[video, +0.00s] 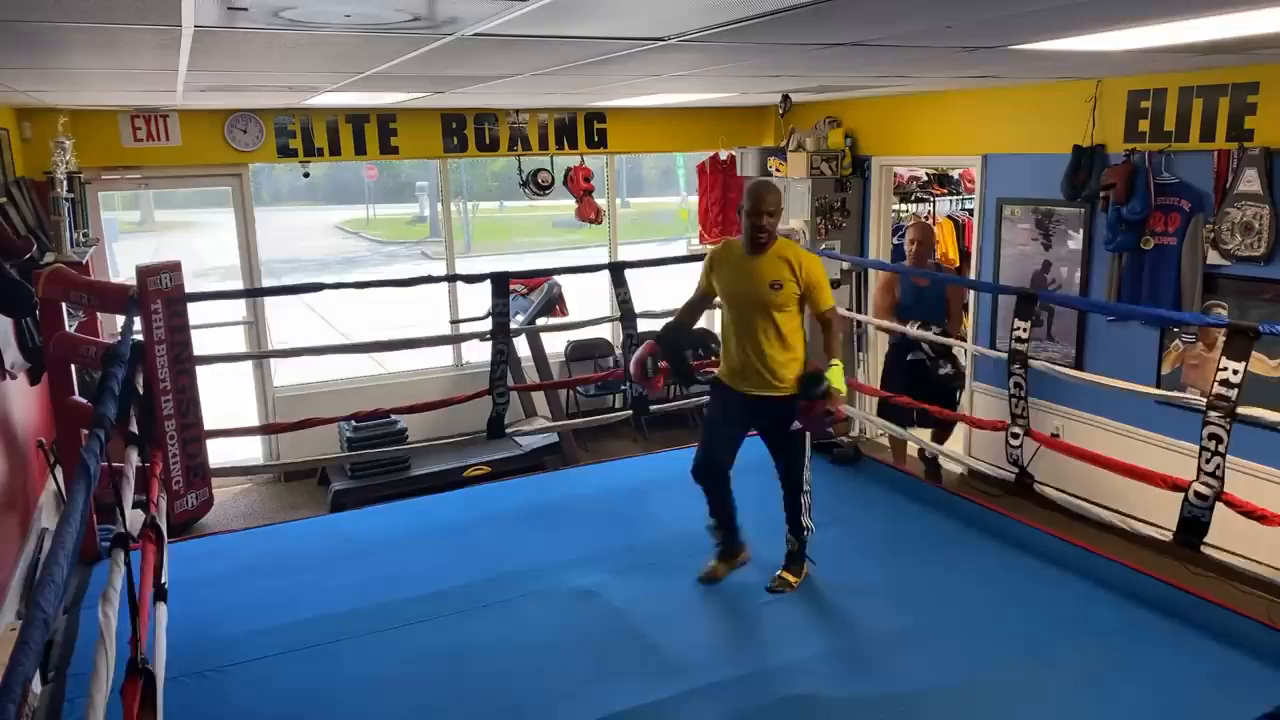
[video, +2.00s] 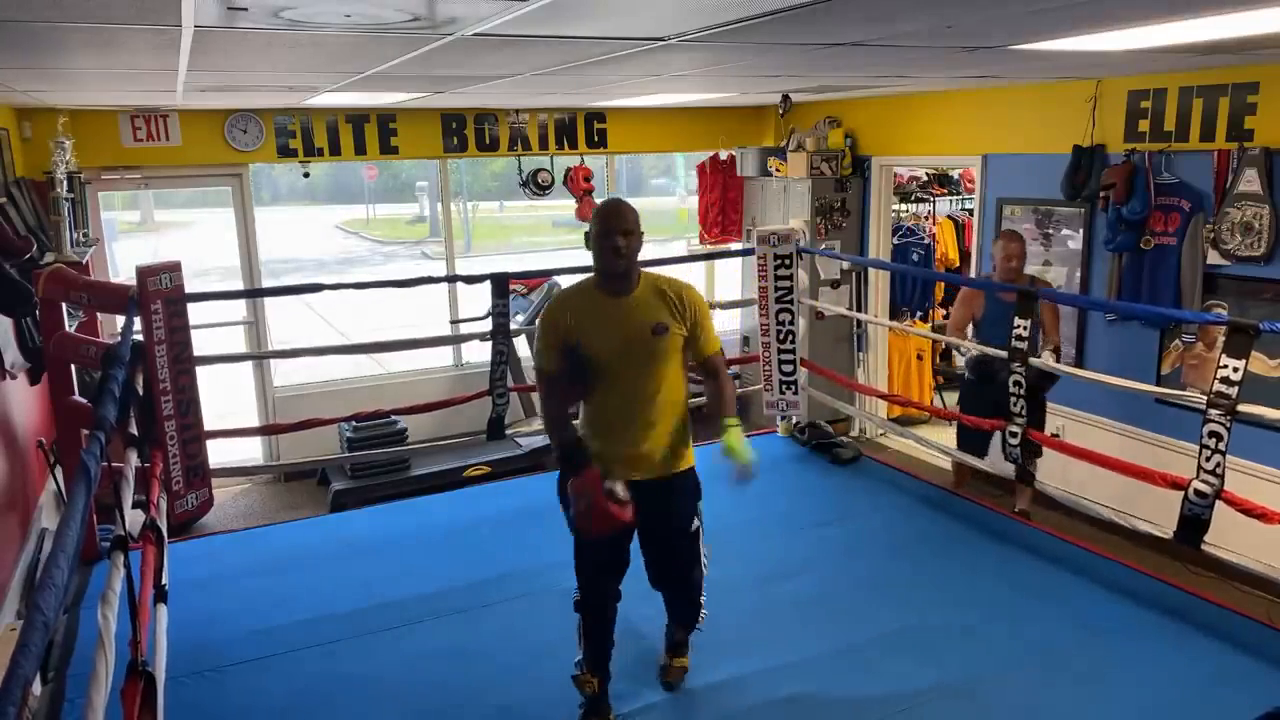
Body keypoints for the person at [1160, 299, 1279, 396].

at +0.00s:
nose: (1217, 327)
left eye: (1222, 323)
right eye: (1213, 322)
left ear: (1225, 327)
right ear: (1201, 325)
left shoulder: (1232, 350)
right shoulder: (1189, 348)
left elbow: (1271, 368)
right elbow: (1163, 369)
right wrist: (1178, 345)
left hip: (1217, 408)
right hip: (1186, 404)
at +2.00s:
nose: (1219, 326)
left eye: (1223, 322)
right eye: (1214, 320)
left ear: (1225, 326)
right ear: (1201, 324)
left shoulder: (1232, 350)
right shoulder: (1189, 348)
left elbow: (1271, 367)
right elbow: (1163, 369)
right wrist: (1178, 346)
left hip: (1218, 406)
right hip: (1189, 403)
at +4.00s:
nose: (1219, 326)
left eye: (1222, 322)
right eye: (1214, 320)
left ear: (1225, 327)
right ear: (1201, 324)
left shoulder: (1233, 350)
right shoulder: (1189, 348)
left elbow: (1271, 368)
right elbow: (1163, 369)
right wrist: (1179, 346)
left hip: (1218, 407)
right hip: (1188, 404)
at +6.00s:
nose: (1220, 327)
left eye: (1223, 323)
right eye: (1214, 321)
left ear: (1226, 328)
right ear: (1201, 326)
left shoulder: (1231, 350)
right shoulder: (1189, 349)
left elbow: (1271, 368)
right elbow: (1162, 370)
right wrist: (1178, 347)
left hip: (1218, 406)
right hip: (1189, 402)